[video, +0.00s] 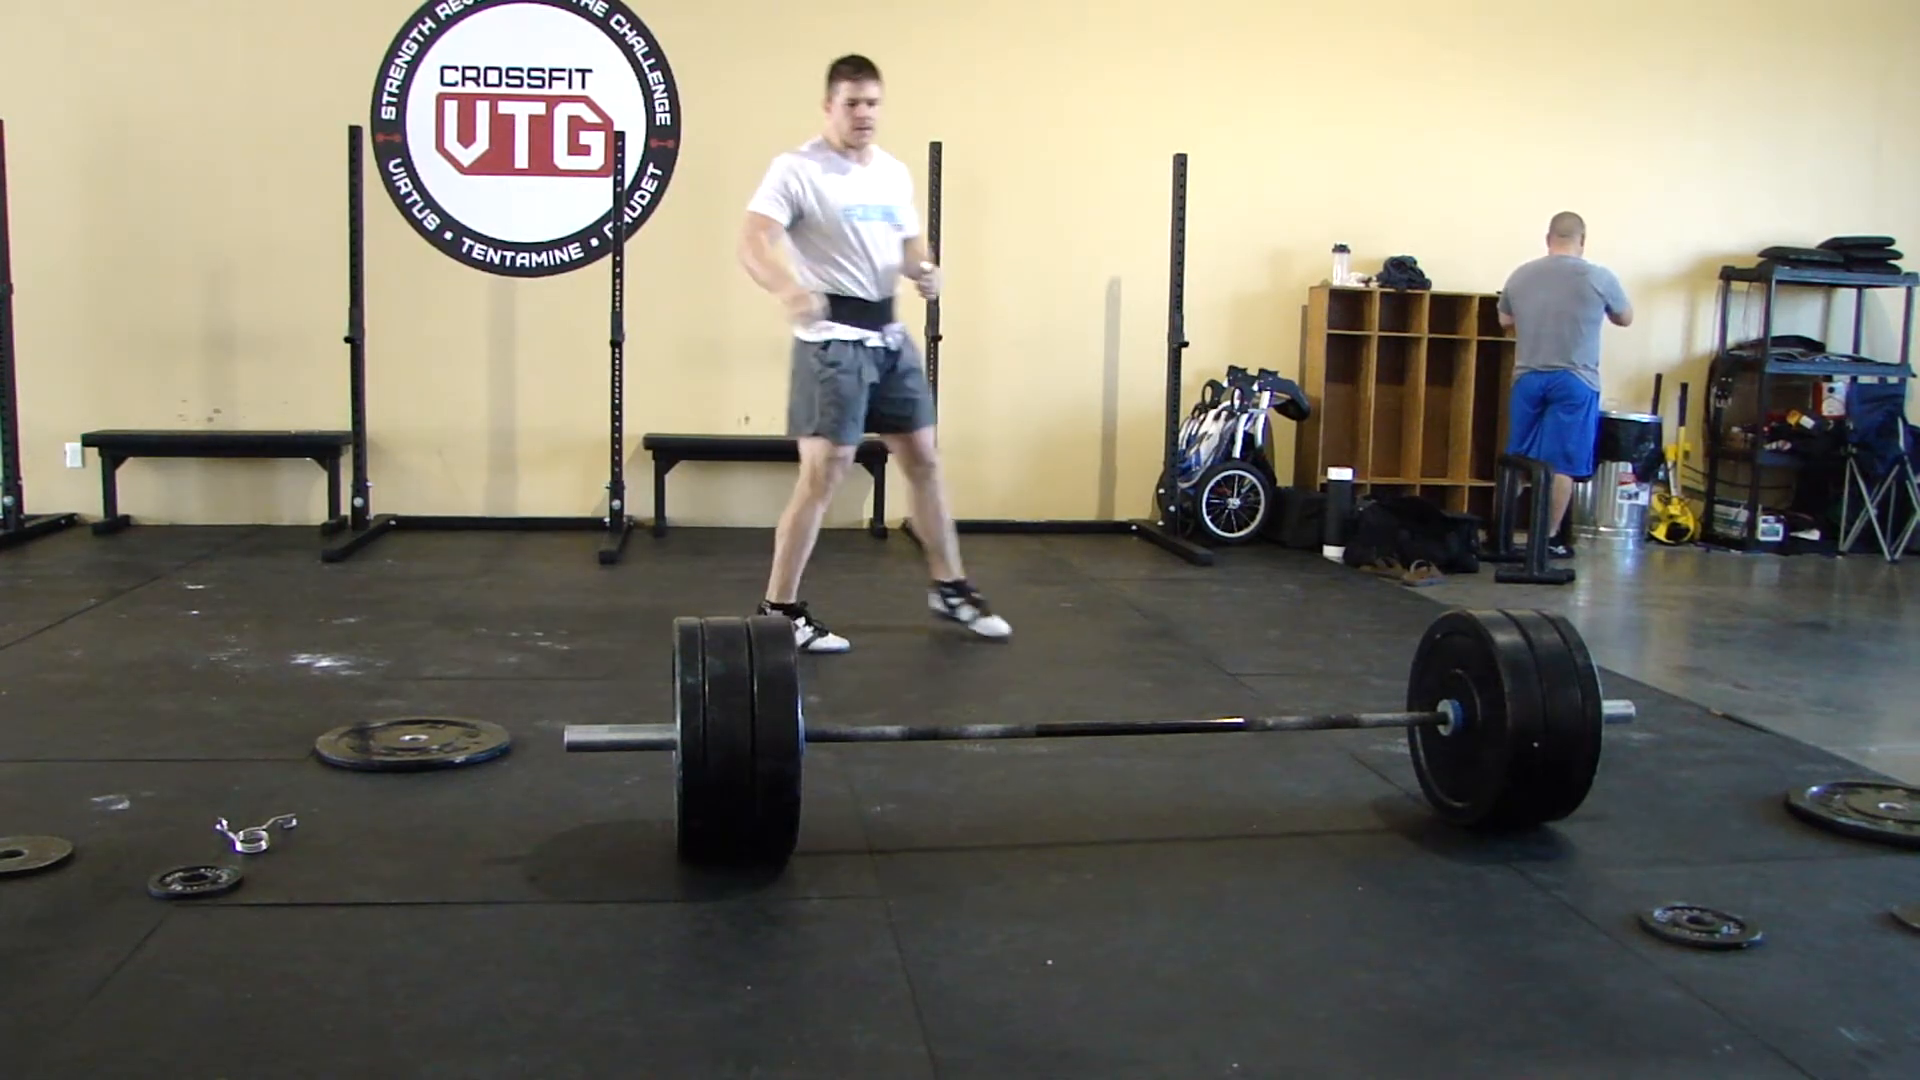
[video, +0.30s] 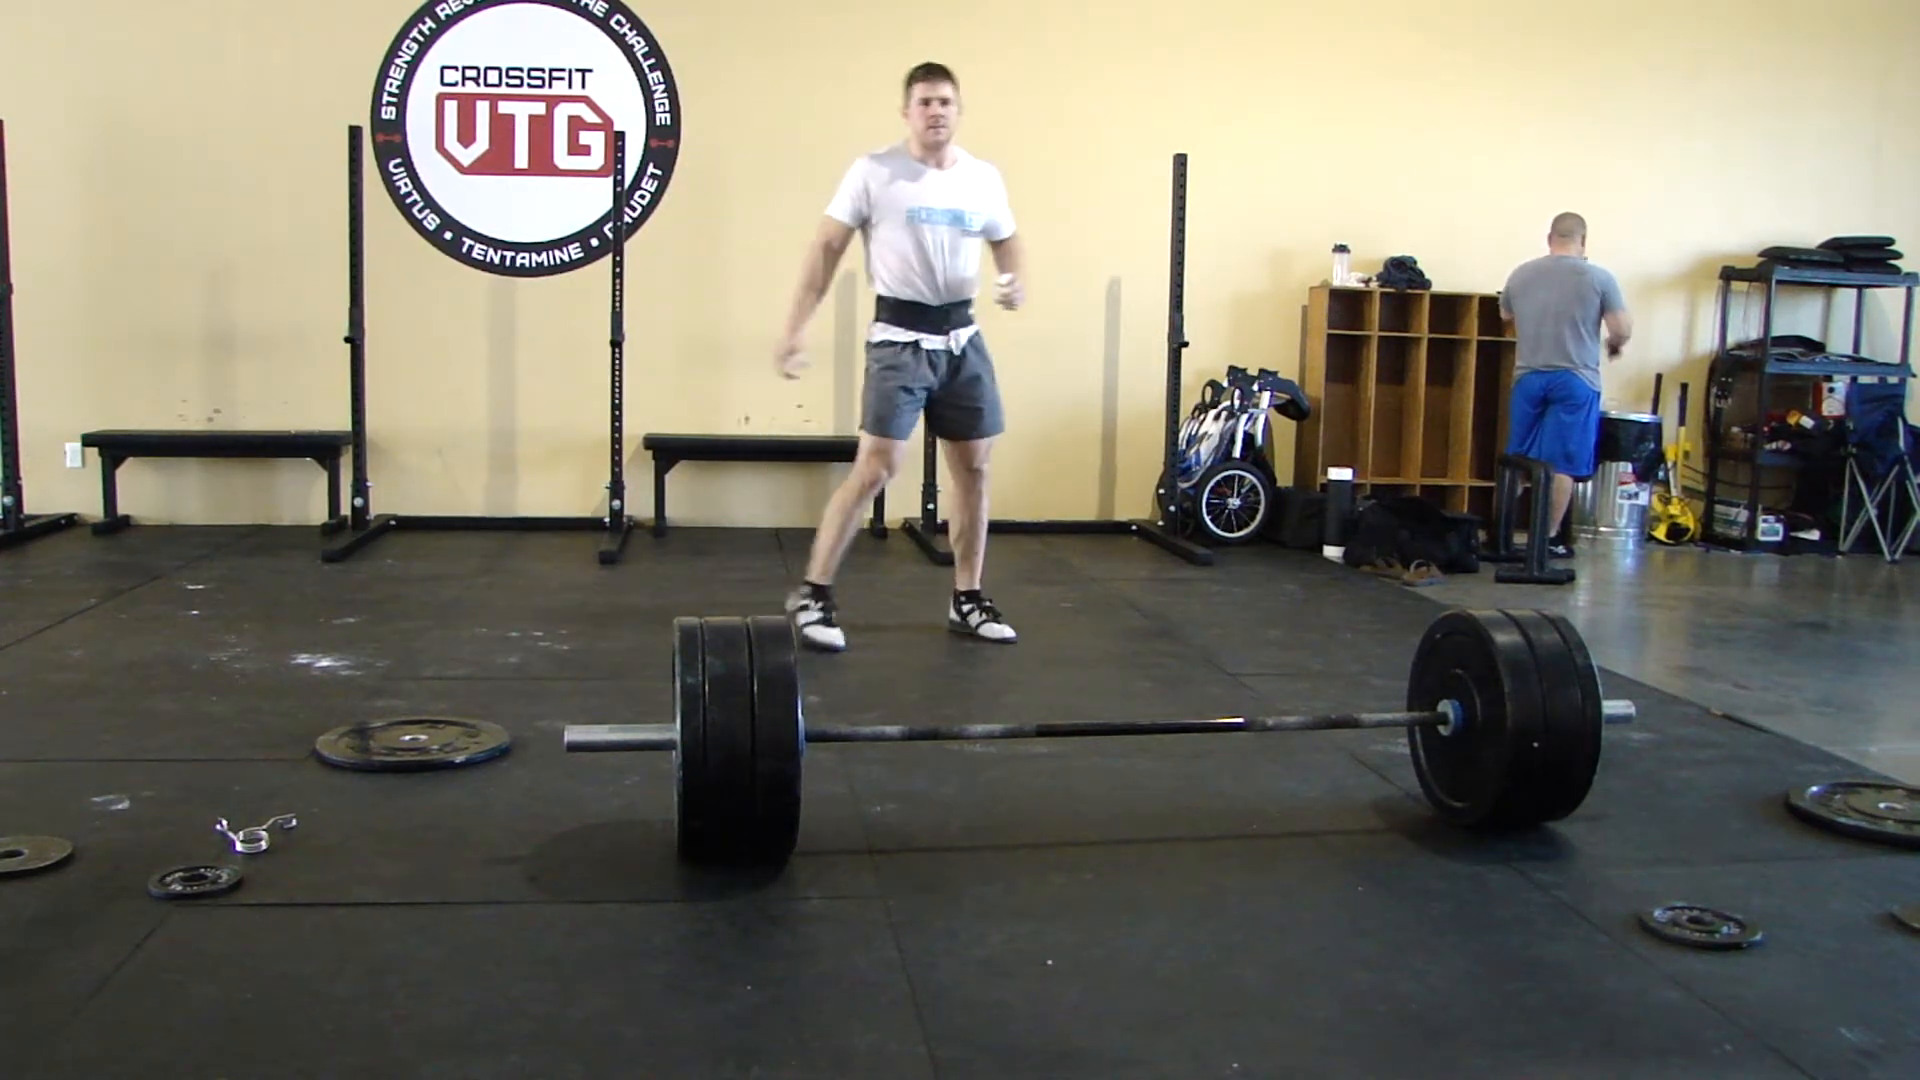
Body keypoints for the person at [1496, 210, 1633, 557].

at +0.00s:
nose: (1578, 245)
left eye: (1555, 238)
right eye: (1581, 240)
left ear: (1548, 239)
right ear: (1583, 241)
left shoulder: (1521, 274)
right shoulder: (1597, 276)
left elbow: (1506, 320)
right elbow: (1623, 317)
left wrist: (1540, 313)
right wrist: (1592, 299)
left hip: (1527, 377)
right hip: (1575, 379)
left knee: (1516, 459)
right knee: (1562, 466)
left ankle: (1501, 536)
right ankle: (1547, 540)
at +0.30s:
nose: (1582, 247)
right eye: (1584, 242)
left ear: (1549, 239)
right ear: (1583, 241)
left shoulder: (1521, 274)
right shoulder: (1597, 276)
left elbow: (1507, 316)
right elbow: (1621, 328)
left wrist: (1536, 316)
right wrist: (1615, 344)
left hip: (1528, 378)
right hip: (1576, 380)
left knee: (1516, 460)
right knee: (1562, 466)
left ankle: (1501, 535)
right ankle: (1547, 540)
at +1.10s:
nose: (1584, 244)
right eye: (1585, 239)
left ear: (1550, 239)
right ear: (1586, 240)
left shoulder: (1524, 271)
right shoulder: (1600, 277)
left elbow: (1512, 289)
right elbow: (1616, 332)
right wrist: (1628, 376)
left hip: (1530, 379)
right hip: (1577, 382)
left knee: (1519, 461)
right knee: (1565, 465)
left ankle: (1502, 534)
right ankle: (1548, 538)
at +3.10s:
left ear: (1549, 240)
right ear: (1586, 242)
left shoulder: (1529, 270)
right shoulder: (1602, 278)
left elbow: (1518, 254)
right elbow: (1617, 332)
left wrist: (1548, 232)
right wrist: (1629, 376)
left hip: (1531, 378)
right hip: (1579, 381)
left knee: (1519, 460)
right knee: (1565, 465)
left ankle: (1499, 532)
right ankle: (1548, 539)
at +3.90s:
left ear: (1551, 241)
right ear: (1588, 242)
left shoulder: (1532, 270)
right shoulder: (1603, 278)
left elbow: (1519, 253)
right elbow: (1619, 331)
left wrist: (1551, 229)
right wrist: (1631, 375)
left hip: (1532, 378)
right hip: (1579, 381)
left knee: (1519, 459)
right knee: (1565, 465)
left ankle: (1499, 530)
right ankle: (1548, 538)